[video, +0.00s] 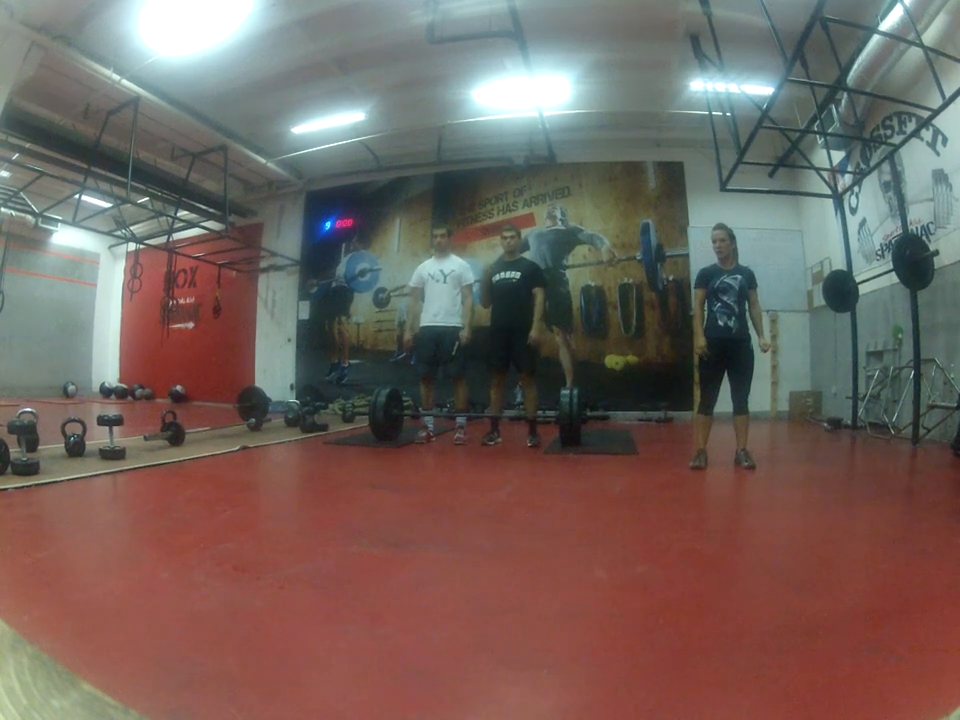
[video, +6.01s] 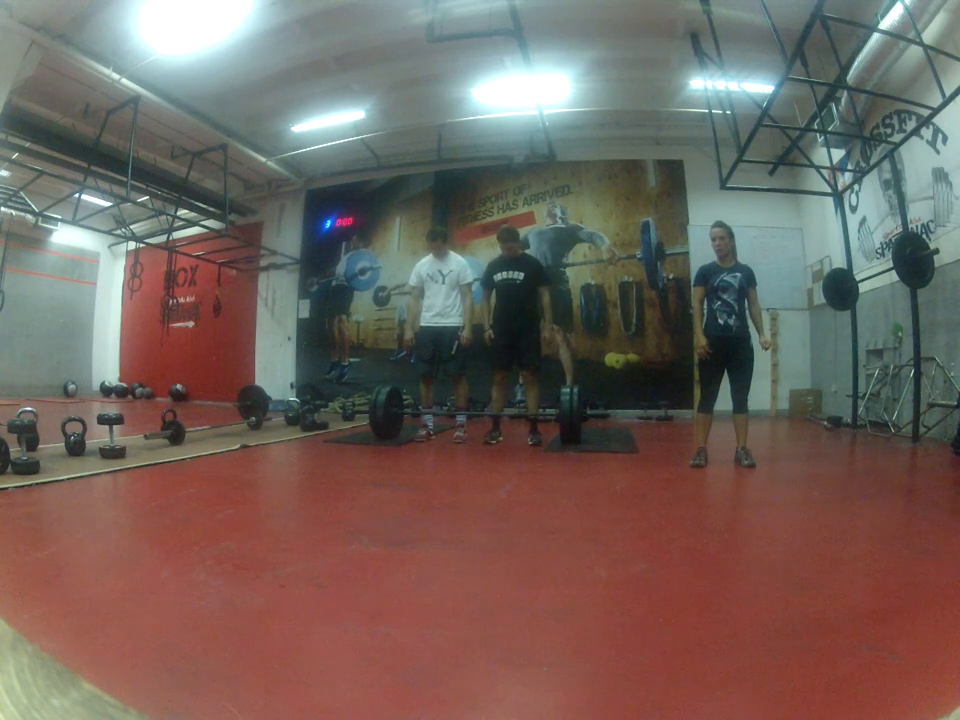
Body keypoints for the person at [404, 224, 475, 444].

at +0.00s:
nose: (438, 240)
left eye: (442, 236)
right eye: (435, 237)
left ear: (450, 239)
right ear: (431, 240)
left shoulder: (461, 265)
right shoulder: (423, 268)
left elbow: (468, 298)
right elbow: (414, 300)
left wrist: (467, 327)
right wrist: (409, 329)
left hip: (453, 328)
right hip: (427, 328)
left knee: (458, 377)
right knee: (426, 378)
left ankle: (461, 426)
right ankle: (428, 427)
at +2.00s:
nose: (431, 242)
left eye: (433, 238)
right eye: (431, 238)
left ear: (440, 239)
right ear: (442, 239)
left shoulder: (462, 262)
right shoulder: (427, 265)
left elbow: (469, 295)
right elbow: (420, 297)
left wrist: (466, 327)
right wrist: (413, 325)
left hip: (454, 326)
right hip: (428, 326)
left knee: (459, 375)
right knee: (426, 375)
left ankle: (461, 424)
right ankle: (428, 424)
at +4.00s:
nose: (438, 248)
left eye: (441, 244)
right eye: (435, 244)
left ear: (449, 242)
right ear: (432, 243)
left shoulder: (462, 264)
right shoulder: (425, 266)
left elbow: (471, 296)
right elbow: (416, 298)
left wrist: (472, 325)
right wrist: (408, 325)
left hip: (456, 328)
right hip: (429, 327)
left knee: (459, 376)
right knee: (426, 376)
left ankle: (461, 425)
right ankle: (427, 425)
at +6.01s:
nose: (436, 250)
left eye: (439, 246)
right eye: (433, 246)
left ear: (446, 243)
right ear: (428, 244)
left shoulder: (459, 263)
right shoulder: (421, 266)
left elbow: (467, 296)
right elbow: (414, 299)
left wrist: (467, 327)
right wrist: (409, 328)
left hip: (454, 328)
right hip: (426, 328)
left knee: (458, 376)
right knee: (426, 376)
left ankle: (461, 425)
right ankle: (427, 425)